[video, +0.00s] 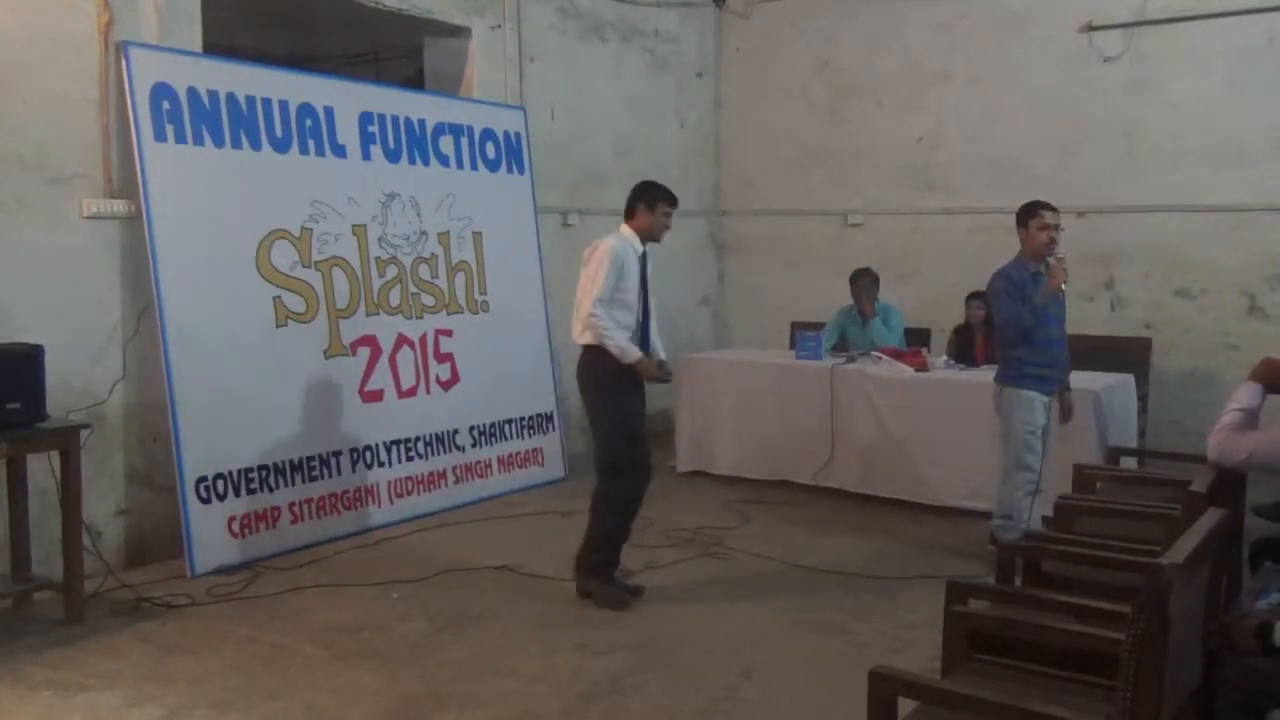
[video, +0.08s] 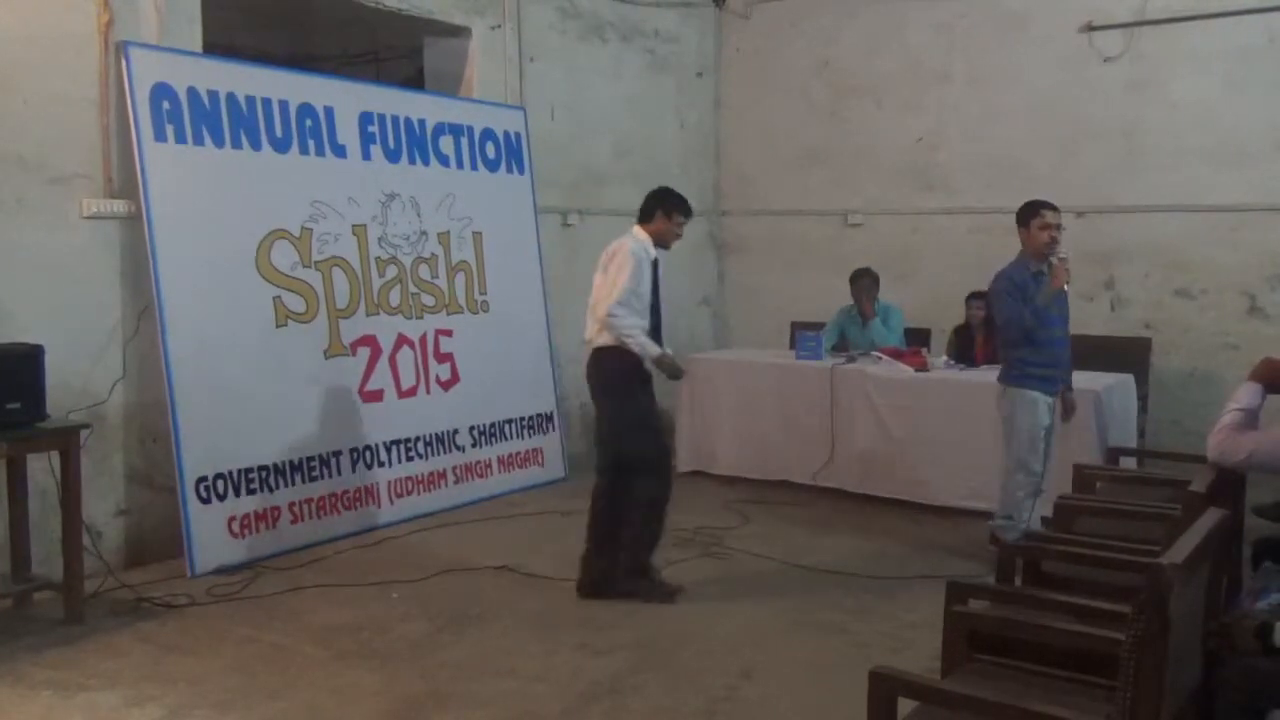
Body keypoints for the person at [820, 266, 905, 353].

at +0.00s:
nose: (862, 296)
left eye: (867, 291)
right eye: (857, 291)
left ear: (876, 292)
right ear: (852, 293)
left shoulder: (891, 314)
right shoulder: (844, 314)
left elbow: (891, 349)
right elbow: (823, 344)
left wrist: (871, 317)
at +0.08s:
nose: (862, 296)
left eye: (867, 291)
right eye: (857, 291)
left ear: (876, 292)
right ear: (852, 293)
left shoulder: (892, 313)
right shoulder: (844, 314)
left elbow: (891, 349)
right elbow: (823, 343)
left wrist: (871, 317)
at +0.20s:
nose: (862, 297)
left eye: (867, 292)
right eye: (857, 292)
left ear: (876, 292)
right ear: (851, 294)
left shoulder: (892, 314)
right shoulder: (844, 314)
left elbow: (890, 349)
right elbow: (823, 344)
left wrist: (871, 317)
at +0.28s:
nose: (862, 298)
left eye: (867, 292)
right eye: (857, 292)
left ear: (876, 292)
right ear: (851, 293)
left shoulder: (892, 314)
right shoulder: (843, 314)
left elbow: (890, 349)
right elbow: (823, 344)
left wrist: (870, 317)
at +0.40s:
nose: (861, 296)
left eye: (866, 291)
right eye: (856, 291)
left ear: (875, 292)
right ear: (851, 293)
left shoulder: (891, 314)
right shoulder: (843, 314)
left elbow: (890, 349)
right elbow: (822, 344)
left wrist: (870, 316)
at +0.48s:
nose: (861, 296)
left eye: (866, 291)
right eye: (856, 291)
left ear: (875, 292)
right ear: (851, 293)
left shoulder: (891, 314)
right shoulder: (843, 314)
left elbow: (890, 349)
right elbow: (822, 344)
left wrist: (870, 316)